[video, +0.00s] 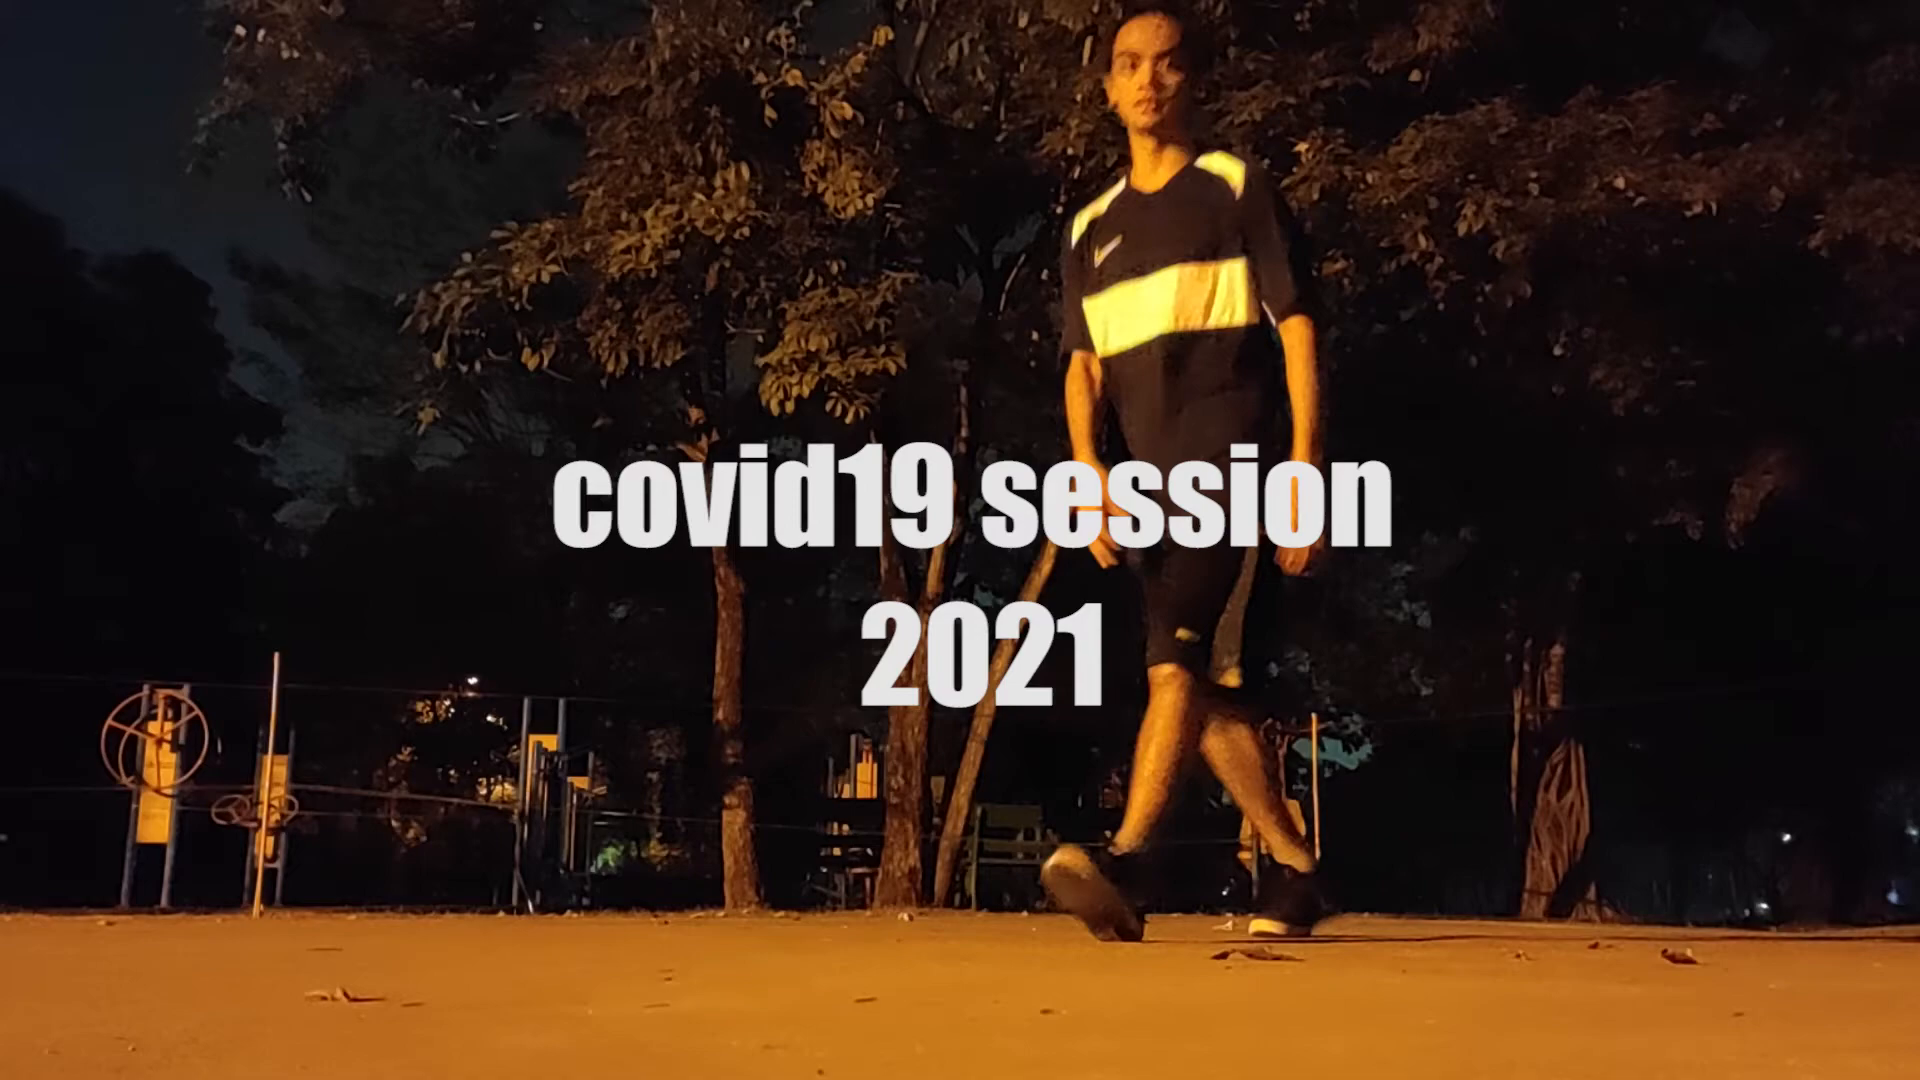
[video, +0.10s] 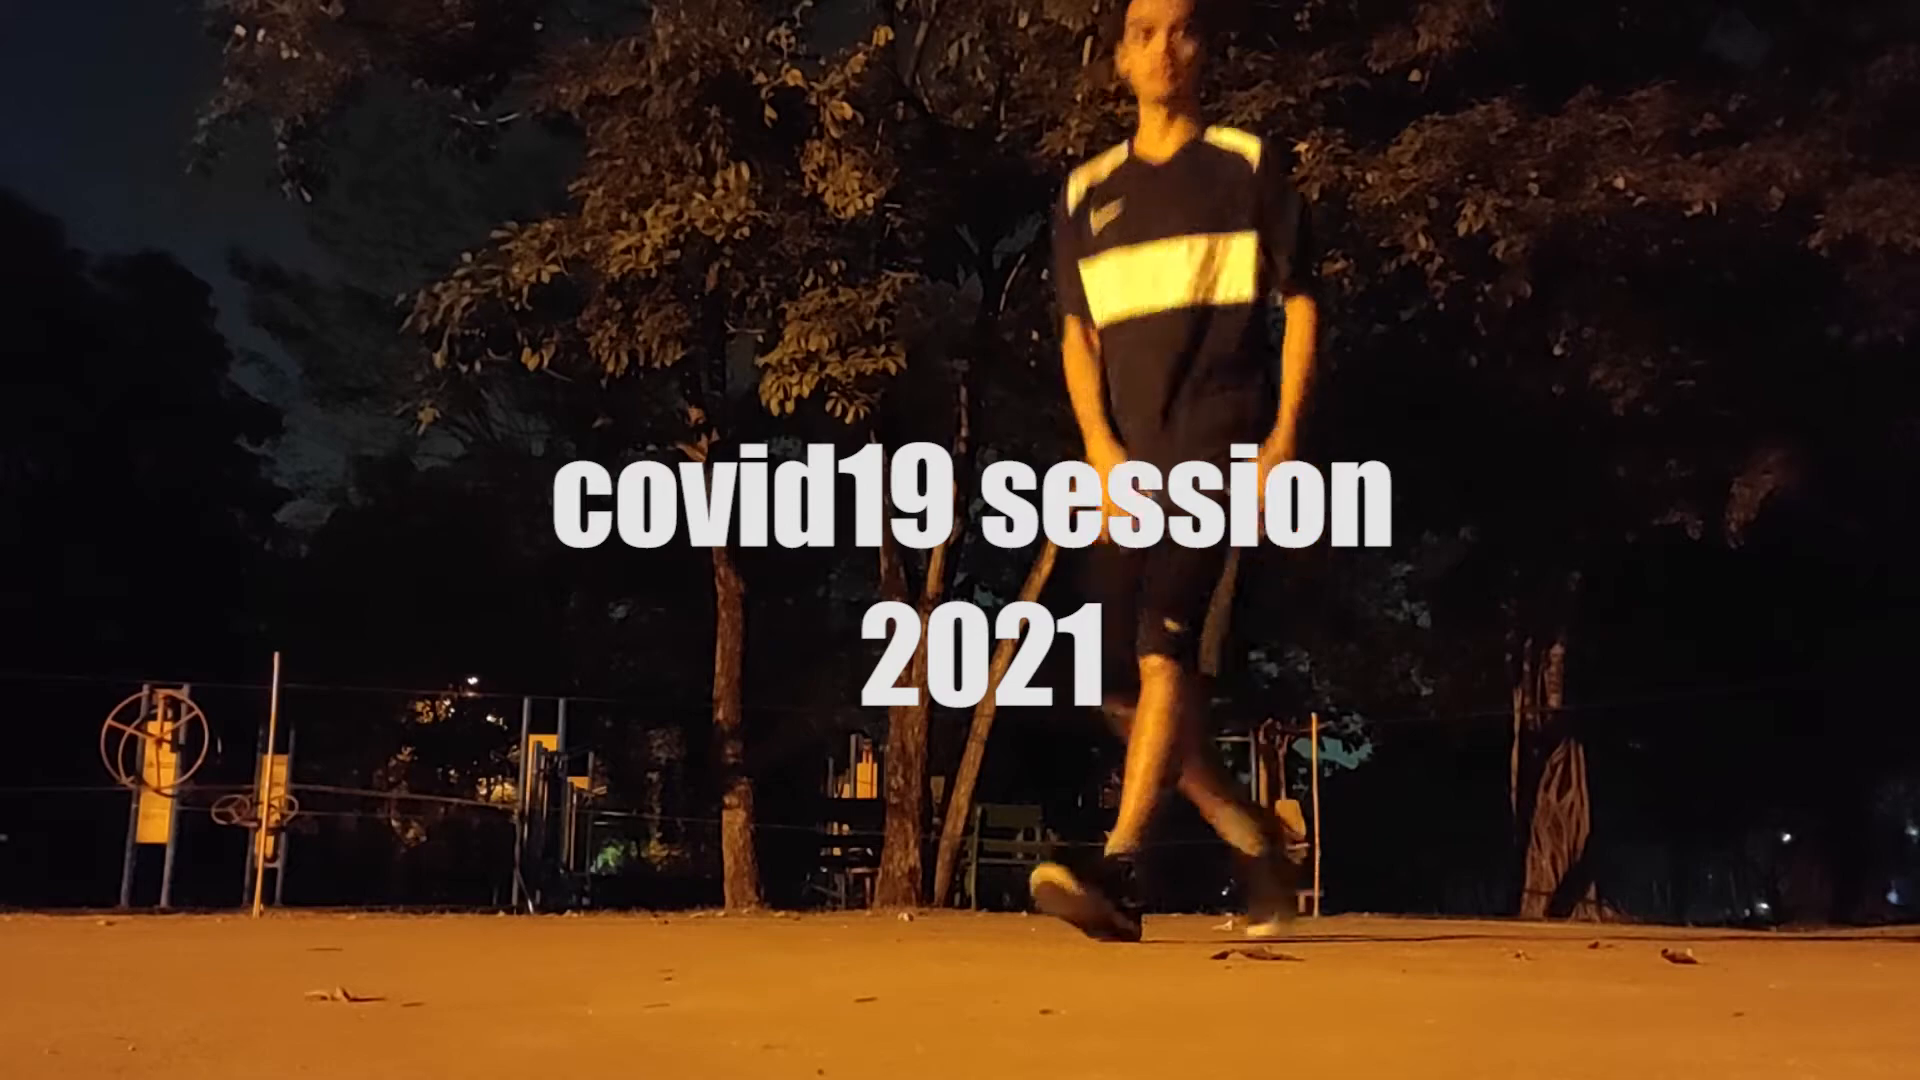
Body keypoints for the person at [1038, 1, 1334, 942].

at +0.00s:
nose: (1150, 79)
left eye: (1167, 62)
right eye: (1132, 64)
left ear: (1195, 78)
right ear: (1107, 84)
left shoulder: (1237, 185)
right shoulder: (1088, 225)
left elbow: (1297, 330)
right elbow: (1083, 366)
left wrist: (1304, 478)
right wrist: (1088, 479)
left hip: (1232, 472)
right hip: (1141, 484)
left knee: (1177, 651)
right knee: (1191, 682)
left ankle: (1126, 865)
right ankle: (1293, 860)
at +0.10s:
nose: (1165, 48)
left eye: (1182, 31)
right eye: (1146, 34)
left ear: (1207, 52)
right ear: (1119, 58)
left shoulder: (1252, 164)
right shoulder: (1085, 189)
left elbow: (1301, 303)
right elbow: (1078, 334)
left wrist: (1284, 434)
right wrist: (1101, 449)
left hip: (1219, 449)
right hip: (1124, 459)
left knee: (1167, 644)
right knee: (1119, 684)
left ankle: (1118, 872)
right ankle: (1252, 835)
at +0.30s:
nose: (1192, 27)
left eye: (1209, 13)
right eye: (1174, 11)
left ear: (1227, 36)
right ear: (1140, 31)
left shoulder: (1273, 181)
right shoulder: (1068, 166)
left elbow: (1293, 340)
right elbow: (1022, 321)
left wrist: (1242, 448)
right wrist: (1090, 416)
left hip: (1196, 466)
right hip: (1078, 450)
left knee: (1140, 637)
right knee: (1007, 532)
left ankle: (1112, 876)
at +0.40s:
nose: (1203, 10)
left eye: (1218, 2)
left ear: (1243, 17)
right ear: (1158, 5)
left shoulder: (1278, 136)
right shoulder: (1086, 103)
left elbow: (1286, 295)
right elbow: (1028, 250)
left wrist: (1248, 390)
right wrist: (1108, 358)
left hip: (1201, 428)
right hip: (1085, 404)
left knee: (1164, 626)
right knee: (1084, 568)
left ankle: (1106, 837)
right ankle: (1061, 822)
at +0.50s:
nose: (1220, 6)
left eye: (1227, 2)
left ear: (1239, 7)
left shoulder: (1267, 101)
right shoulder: (1098, 55)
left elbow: (1258, 251)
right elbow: (1041, 203)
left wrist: (1261, 340)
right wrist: (1136, 324)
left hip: (1206, 383)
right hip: (1101, 367)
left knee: (1187, 611)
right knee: (1182, 582)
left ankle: (1018, 804)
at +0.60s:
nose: (1220, 10)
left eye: (1226, 4)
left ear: (1226, 13)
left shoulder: (1235, 98)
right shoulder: (1097, 59)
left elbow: (1232, 261)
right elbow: (1079, 207)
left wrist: (1269, 363)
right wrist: (1200, 337)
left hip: (1223, 394)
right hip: (1144, 389)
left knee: (1250, 650)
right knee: (1298, 580)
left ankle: (1021, 798)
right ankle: (1349, 873)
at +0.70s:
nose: (1225, 10)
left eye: (1225, 2)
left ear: (1177, 2)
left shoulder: (1155, 78)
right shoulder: (1119, 63)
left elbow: (1160, 246)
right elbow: (1141, 226)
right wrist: (1258, 357)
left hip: (1180, 403)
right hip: (1180, 397)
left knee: (1241, 677)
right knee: (1335, 596)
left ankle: (993, 813)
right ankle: (1353, 882)